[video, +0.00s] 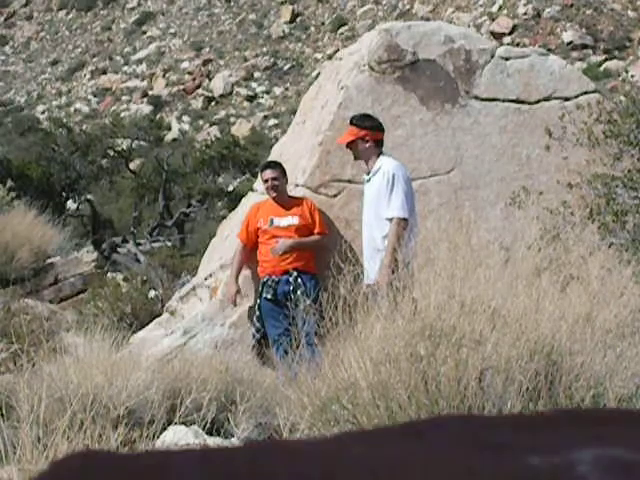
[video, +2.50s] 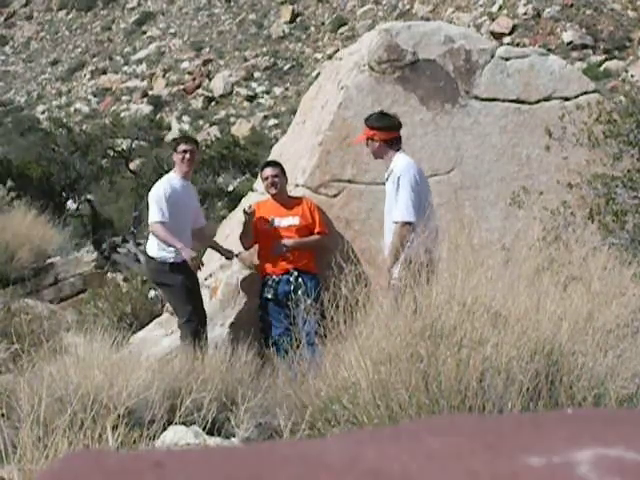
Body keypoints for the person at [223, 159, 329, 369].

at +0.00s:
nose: (271, 184)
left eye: (275, 179)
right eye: (266, 181)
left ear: (285, 180)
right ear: (262, 185)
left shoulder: (306, 206)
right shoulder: (257, 211)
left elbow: (322, 237)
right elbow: (244, 247)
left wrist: (293, 244)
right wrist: (233, 280)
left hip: (303, 277)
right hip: (271, 280)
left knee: (309, 334)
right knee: (279, 339)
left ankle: (314, 381)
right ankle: (288, 383)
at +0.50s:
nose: (272, 183)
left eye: (276, 178)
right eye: (267, 179)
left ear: (286, 179)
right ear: (263, 184)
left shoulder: (306, 205)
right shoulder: (257, 211)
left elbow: (323, 237)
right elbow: (243, 246)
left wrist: (293, 243)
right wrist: (234, 279)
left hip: (303, 276)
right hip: (271, 280)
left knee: (309, 334)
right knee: (279, 339)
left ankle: (315, 381)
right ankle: (290, 383)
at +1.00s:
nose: (272, 182)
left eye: (276, 177)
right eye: (267, 179)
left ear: (285, 179)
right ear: (263, 183)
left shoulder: (306, 206)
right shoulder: (257, 210)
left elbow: (324, 237)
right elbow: (246, 244)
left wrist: (294, 244)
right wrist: (239, 269)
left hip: (304, 277)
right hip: (272, 279)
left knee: (310, 333)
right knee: (279, 338)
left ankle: (314, 379)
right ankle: (288, 382)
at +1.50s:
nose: (272, 181)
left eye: (277, 176)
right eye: (267, 178)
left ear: (286, 179)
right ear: (263, 183)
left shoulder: (306, 205)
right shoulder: (258, 209)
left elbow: (325, 237)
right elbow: (247, 247)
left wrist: (293, 244)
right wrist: (244, 235)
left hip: (304, 276)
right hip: (272, 278)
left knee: (310, 332)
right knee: (276, 335)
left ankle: (317, 378)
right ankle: (288, 380)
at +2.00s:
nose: (272, 181)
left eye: (276, 176)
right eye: (267, 178)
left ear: (285, 178)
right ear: (263, 183)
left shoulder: (306, 205)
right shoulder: (258, 210)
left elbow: (324, 236)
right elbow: (246, 243)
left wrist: (294, 243)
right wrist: (245, 221)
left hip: (303, 276)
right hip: (272, 279)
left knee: (309, 332)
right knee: (279, 336)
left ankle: (315, 379)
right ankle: (288, 382)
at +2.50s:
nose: (271, 181)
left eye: (276, 176)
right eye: (266, 178)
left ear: (285, 178)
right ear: (262, 183)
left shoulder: (306, 206)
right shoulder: (259, 209)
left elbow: (324, 237)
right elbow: (247, 244)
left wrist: (293, 243)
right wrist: (248, 222)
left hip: (303, 277)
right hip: (273, 279)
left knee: (310, 333)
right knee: (280, 337)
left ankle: (314, 380)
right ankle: (288, 383)